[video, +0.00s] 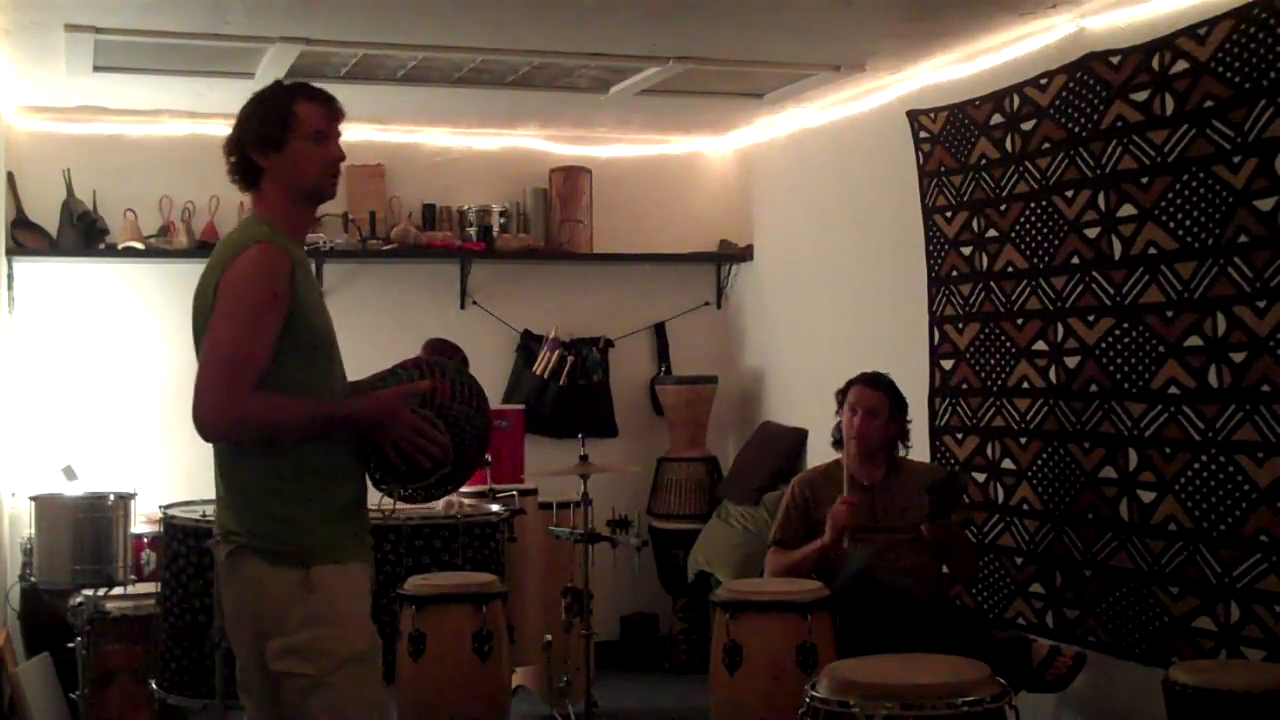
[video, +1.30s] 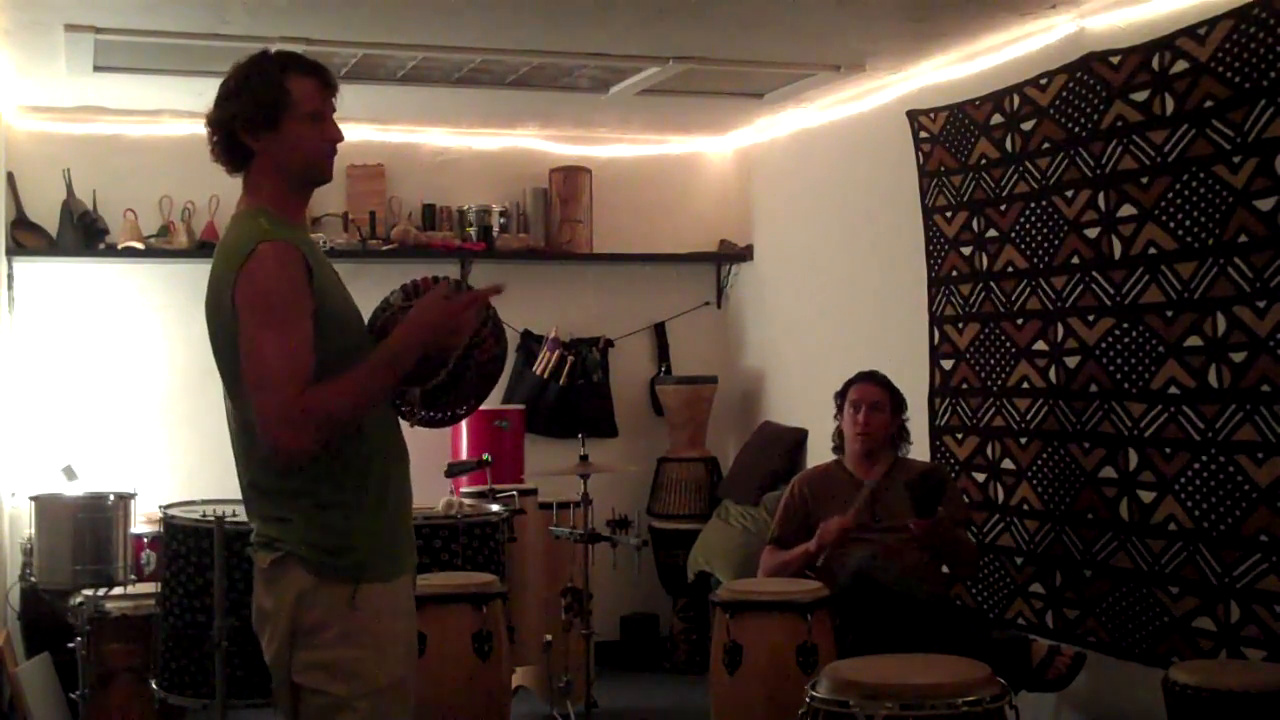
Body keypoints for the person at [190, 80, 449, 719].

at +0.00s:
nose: (340, 152)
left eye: (338, 138)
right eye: (322, 138)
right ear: (268, 151)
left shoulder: (269, 253)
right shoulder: (264, 257)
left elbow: (291, 406)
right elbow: (219, 411)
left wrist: (394, 384)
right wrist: (360, 414)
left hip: (289, 560)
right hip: (297, 565)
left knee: (289, 709)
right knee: (336, 707)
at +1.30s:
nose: (337, 131)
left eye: (332, 114)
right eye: (317, 115)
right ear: (257, 134)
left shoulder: (283, 245)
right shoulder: (268, 255)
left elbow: (308, 403)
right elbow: (289, 427)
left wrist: (405, 337)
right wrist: (413, 341)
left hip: (342, 568)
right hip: (332, 578)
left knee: (357, 707)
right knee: (349, 708)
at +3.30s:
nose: (317, 172)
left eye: (318, 156)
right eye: (303, 155)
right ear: (248, 157)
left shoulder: (256, 258)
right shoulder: (227, 261)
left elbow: (258, 399)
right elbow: (202, 418)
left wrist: (347, 378)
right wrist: (337, 393)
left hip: (308, 560)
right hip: (287, 565)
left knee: (318, 705)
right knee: (305, 707)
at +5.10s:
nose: (371, 140)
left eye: (366, 127)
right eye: (351, 129)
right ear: (298, 152)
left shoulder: (323, 256)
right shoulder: (295, 260)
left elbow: (332, 417)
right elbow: (251, 423)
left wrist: (431, 440)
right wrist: (402, 479)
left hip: (334, 564)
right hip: (318, 571)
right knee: (357, 709)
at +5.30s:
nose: (411, 130)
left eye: (403, 117)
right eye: (390, 120)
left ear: (358, 147)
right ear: (341, 146)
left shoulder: (389, 251)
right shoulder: (317, 252)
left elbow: (375, 400)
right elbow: (248, 404)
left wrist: (464, 401)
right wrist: (407, 437)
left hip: (381, 550)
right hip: (333, 559)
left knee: (388, 704)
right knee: (360, 707)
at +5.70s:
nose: (484, 125)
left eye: (476, 111)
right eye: (462, 114)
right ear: (408, 140)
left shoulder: (444, 243)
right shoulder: (371, 267)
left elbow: (436, 377)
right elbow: (341, 445)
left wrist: (536, 356)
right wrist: (498, 426)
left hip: (431, 555)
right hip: (377, 569)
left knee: (437, 705)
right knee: (393, 709)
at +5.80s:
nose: (485, 119)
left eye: (478, 106)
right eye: (465, 108)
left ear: (423, 138)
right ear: (409, 135)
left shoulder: (430, 244)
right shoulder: (394, 255)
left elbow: (454, 358)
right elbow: (409, 444)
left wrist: (563, 348)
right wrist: (566, 416)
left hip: (438, 559)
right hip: (390, 572)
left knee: (474, 702)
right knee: (412, 709)